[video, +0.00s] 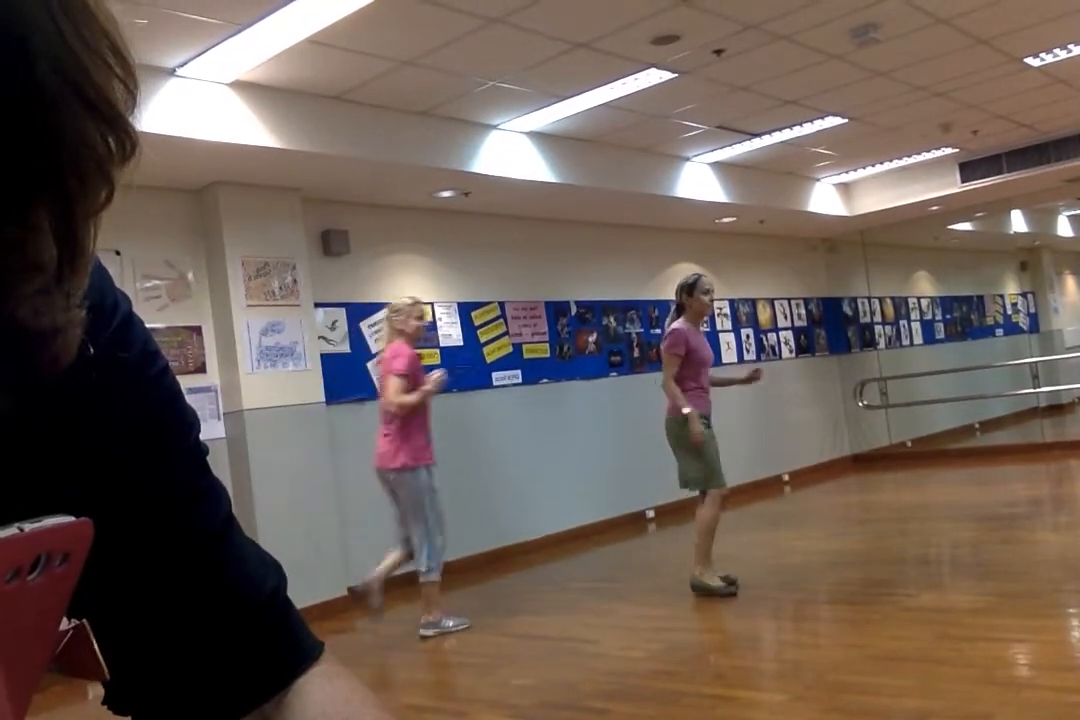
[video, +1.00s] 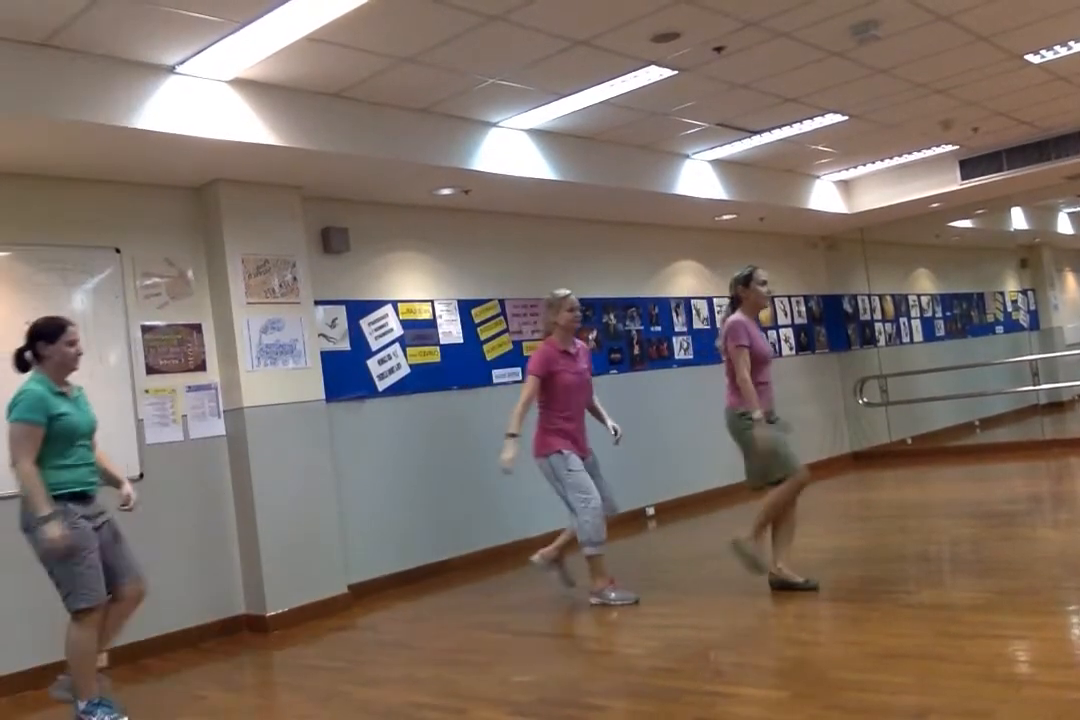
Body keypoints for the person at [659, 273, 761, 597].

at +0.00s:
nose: (711, 300)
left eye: (712, 295)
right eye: (705, 294)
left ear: (705, 300)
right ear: (687, 298)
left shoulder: (697, 332)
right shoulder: (679, 333)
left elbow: (702, 379)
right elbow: (668, 381)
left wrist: (741, 380)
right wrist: (689, 415)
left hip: (699, 418)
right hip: (687, 419)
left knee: (711, 493)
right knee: (714, 491)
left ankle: (705, 570)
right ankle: (701, 572)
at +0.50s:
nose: (726, 295)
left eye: (726, 290)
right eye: (720, 290)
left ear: (714, 297)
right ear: (700, 294)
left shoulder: (716, 329)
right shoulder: (680, 331)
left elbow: (713, 373)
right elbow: (674, 377)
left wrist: (720, 408)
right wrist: (695, 386)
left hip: (718, 417)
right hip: (692, 421)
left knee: (742, 486)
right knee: (704, 496)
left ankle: (721, 555)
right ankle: (704, 568)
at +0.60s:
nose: (732, 294)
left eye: (732, 289)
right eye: (726, 288)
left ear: (722, 295)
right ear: (706, 293)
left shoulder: (722, 328)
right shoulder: (690, 327)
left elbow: (715, 374)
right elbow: (688, 373)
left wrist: (725, 411)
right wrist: (718, 365)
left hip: (724, 416)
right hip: (698, 419)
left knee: (755, 485)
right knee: (708, 494)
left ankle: (751, 565)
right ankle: (705, 570)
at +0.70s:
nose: (741, 288)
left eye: (741, 283)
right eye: (735, 283)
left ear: (729, 291)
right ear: (714, 289)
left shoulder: (729, 323)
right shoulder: (703, 320)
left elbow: (724, 367)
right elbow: (699, 363)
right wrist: (733, 352)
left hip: (735, 414)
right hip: (708, 417)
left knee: (758, 489)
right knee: (705, 497)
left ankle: (778, 565)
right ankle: (705, 568)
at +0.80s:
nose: (749, 289)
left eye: (749, 284)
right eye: (743, 283)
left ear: (734, 290)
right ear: (723, 289)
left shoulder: (739, 325)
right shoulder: (715, 320)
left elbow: (734, 367)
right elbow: (715, 361)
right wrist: (748, 360)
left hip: (748, 415)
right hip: (722, 417)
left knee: (769, 490)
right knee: (720, 493)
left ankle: (777, 568)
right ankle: (706, 565)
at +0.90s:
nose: (758, 289)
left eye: (758, 284)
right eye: (752, 284)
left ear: (746, 291)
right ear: (732, 290)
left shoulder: (747, 325)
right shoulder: (725, 321)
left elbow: (748, 372)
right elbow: (733, 366)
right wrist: (764, 390)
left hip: (759, 413)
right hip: (736, 415)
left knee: (783, 488)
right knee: (754, 496)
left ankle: (779, 567)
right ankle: (719, 552)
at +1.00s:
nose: (768, 290)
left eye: (767, 285)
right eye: (761, 284)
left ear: (748, 293)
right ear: (742, 291)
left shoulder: (751, 326)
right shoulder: (737, 325)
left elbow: (757, 377)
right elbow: (742, 376)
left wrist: (770, 413)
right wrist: (757, 417)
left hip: (761, 413)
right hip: (747, 415)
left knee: (786, 487)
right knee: (798, 476)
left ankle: (779, 565)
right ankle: (751, 539)